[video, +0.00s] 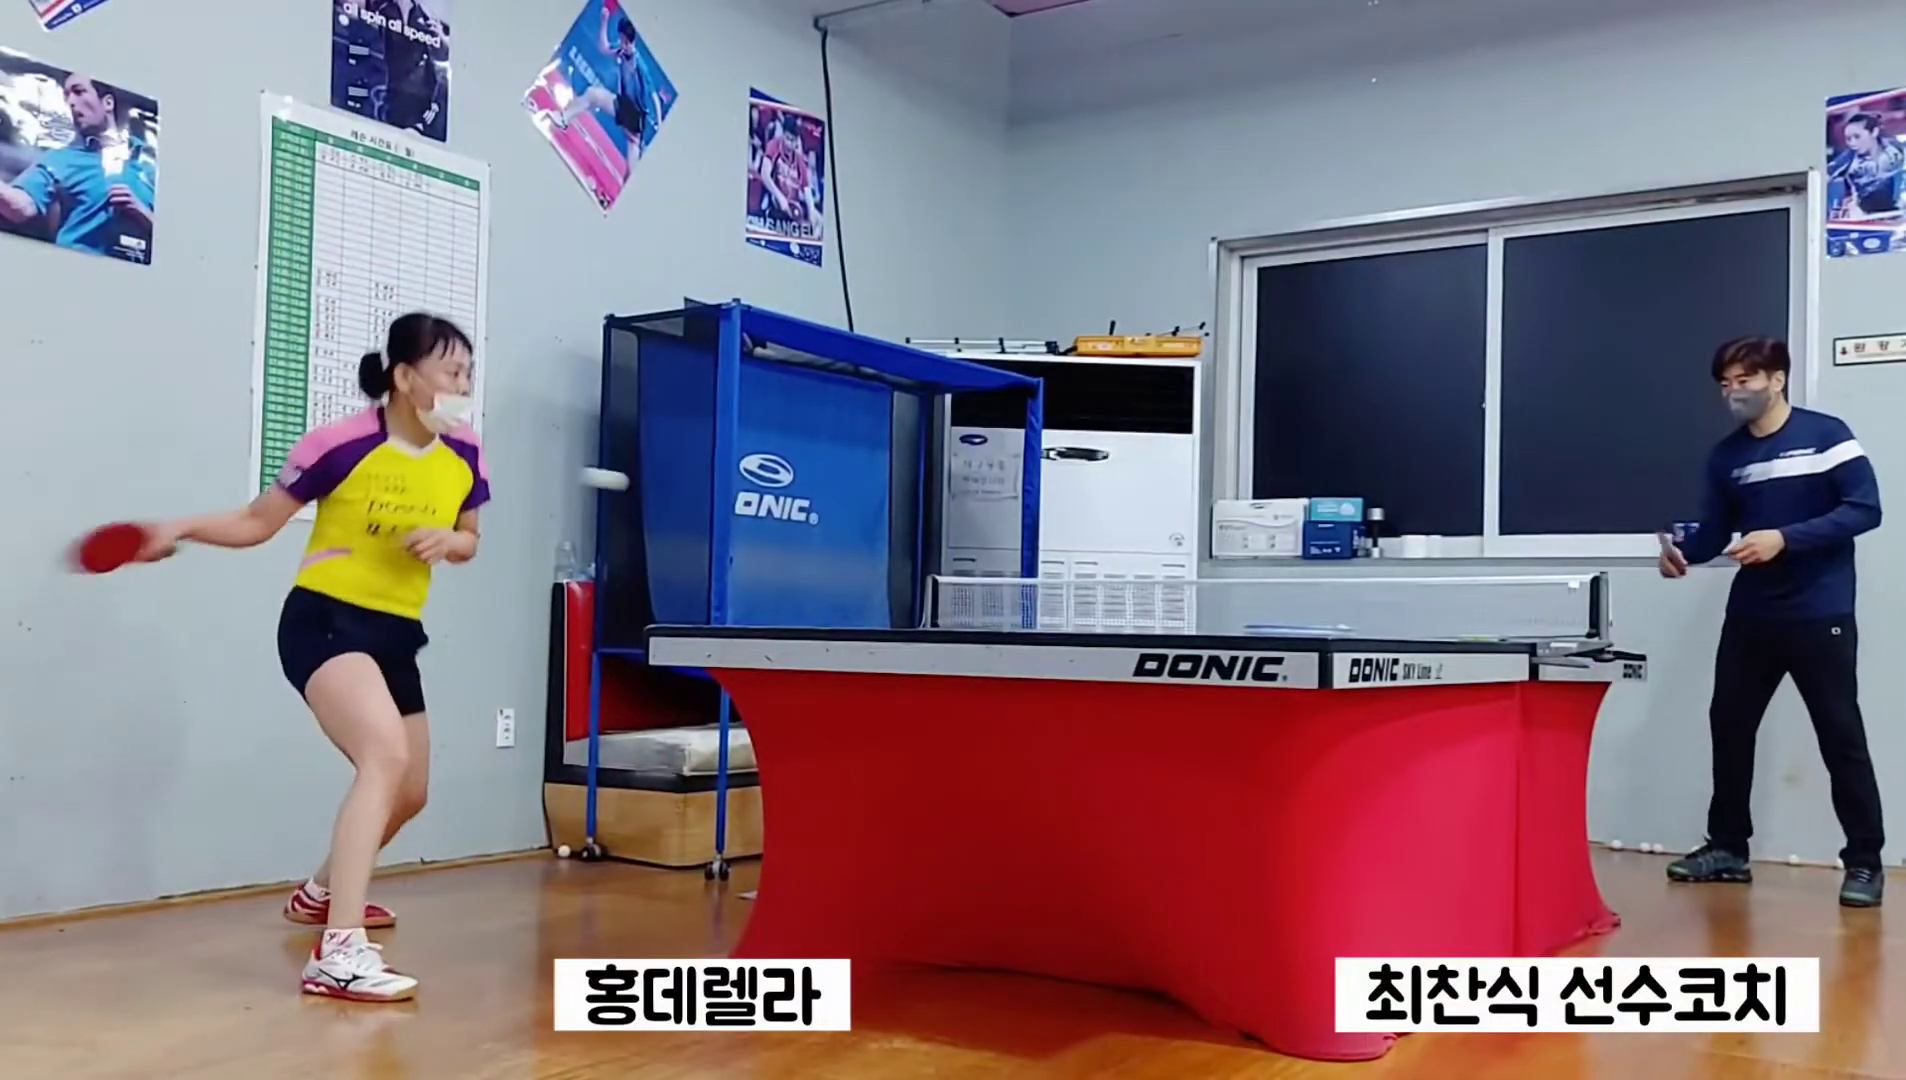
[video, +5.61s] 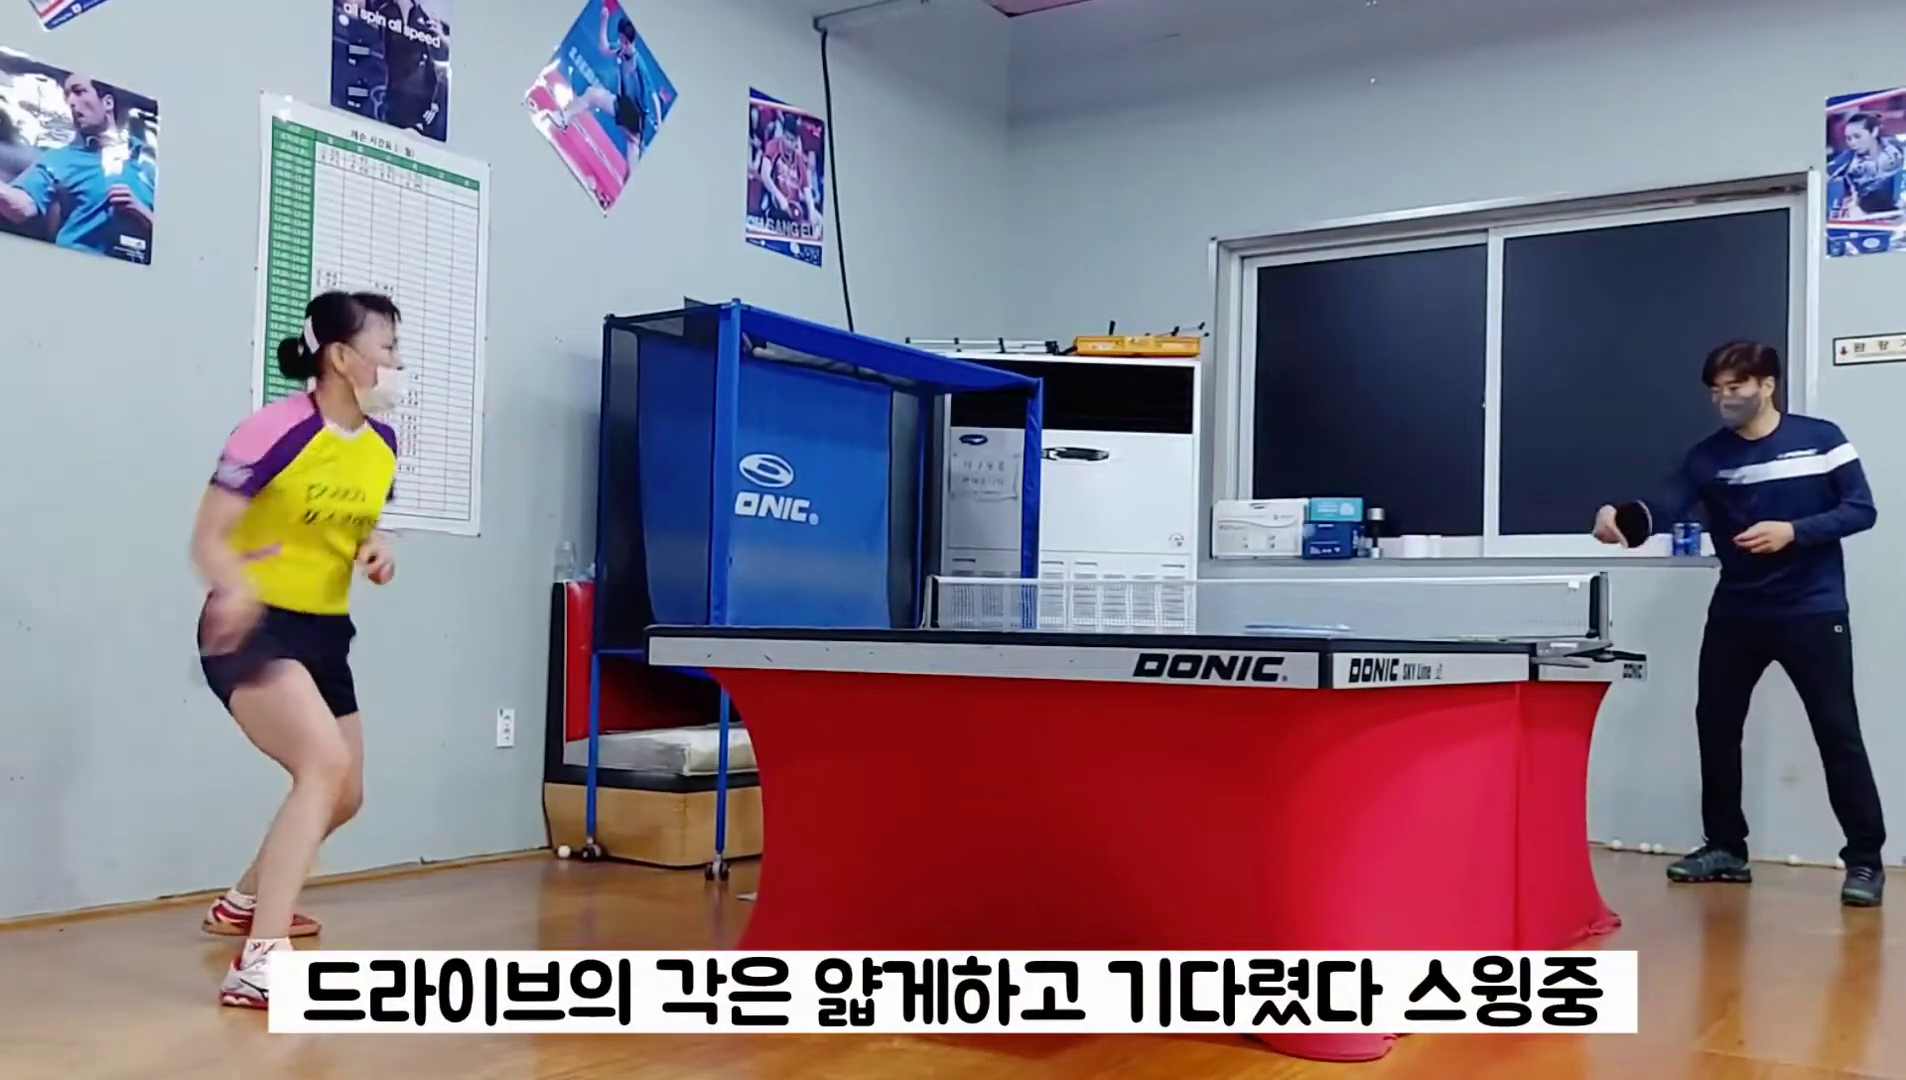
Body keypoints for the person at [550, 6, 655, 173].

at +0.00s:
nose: (622, 42)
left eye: (624, 39)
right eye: (622, 39)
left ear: (628, 40)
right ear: (622, 38)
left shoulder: (631, 55)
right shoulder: (624, 52)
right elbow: (604, 49)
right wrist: (604, 22)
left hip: (629, 108)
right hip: (637, 115)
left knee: (593, 94)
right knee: (632, 162)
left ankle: (563, 118)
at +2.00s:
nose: (621, 41)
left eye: (623, 38)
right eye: (621, 37)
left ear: (626, 39)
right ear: (621, 38)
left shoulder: (631, 56)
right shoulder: (622, 53)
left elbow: (630, 54)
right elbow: (604, 50)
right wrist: (604, 22)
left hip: (628, 108)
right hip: (637, 114)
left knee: (592, 94)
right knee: (633, 143)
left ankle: (563, 118)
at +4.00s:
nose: (622, 41)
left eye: (624, 39)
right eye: (621, 38)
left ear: (627, 39)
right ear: (621, 38)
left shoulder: (630, 55)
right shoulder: (621, 53)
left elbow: (631, 54)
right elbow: (604, 49)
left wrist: (628, 49)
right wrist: (604, 22)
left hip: (628, 107)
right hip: (637, 114)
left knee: (592, 94)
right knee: (633, 143)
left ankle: (563, 117)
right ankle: (630, 176)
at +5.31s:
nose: (622, 43)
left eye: (624, 40)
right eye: (622, 40)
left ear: (628, 41)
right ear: (622, 40)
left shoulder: (632, 56)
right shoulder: (621, 54)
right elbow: (604, 49)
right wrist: (604, 22)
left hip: (628, 109)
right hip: (636, 115)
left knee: (593, 94)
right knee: (632, 164)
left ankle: (563, 118)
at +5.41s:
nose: (621, 42)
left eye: (623, 39)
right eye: (621, 38)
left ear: (627, 39)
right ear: (623, 38)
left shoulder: (629, 53)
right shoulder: (623, 52)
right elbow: (604, 49)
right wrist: (604, 22)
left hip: (628, 109)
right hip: (637, 116)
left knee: (593, 94)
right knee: (633, 163)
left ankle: (564, 118)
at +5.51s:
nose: (622, 43)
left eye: (624, 40)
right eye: (621, 39)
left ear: (628, 41)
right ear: (622, 39)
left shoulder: (631, 55)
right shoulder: (623, 52)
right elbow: (604, 50)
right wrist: (604, 22)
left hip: (628, 109)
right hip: (637, 115)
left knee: (593, 94)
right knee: (632, 163)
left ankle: (563, 118)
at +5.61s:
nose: (621, 42)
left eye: (623, 39)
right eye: (621, 39)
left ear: (627, 40)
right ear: (625, 39)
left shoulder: (631, 55)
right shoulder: (623, 52)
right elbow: (604, 50)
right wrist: (604, 22)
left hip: (628, 108)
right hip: (636, 115)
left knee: (593, 94)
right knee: (633, 159)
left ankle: (563, 117)